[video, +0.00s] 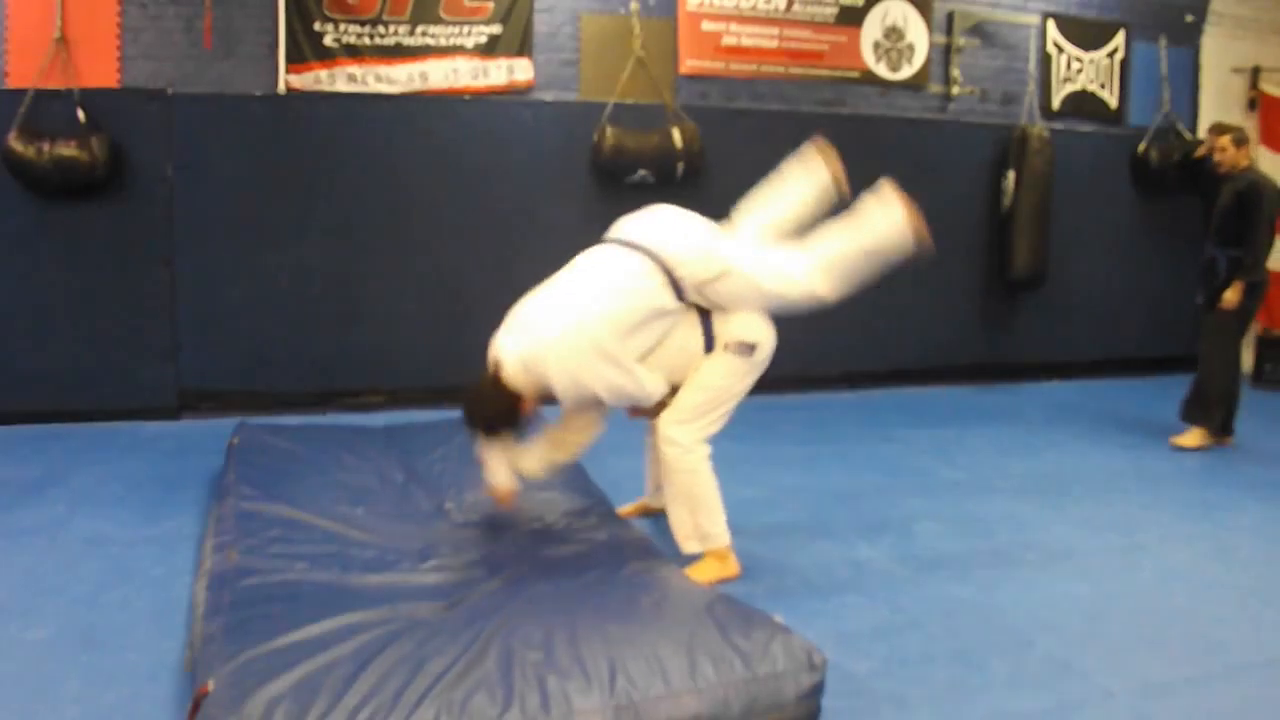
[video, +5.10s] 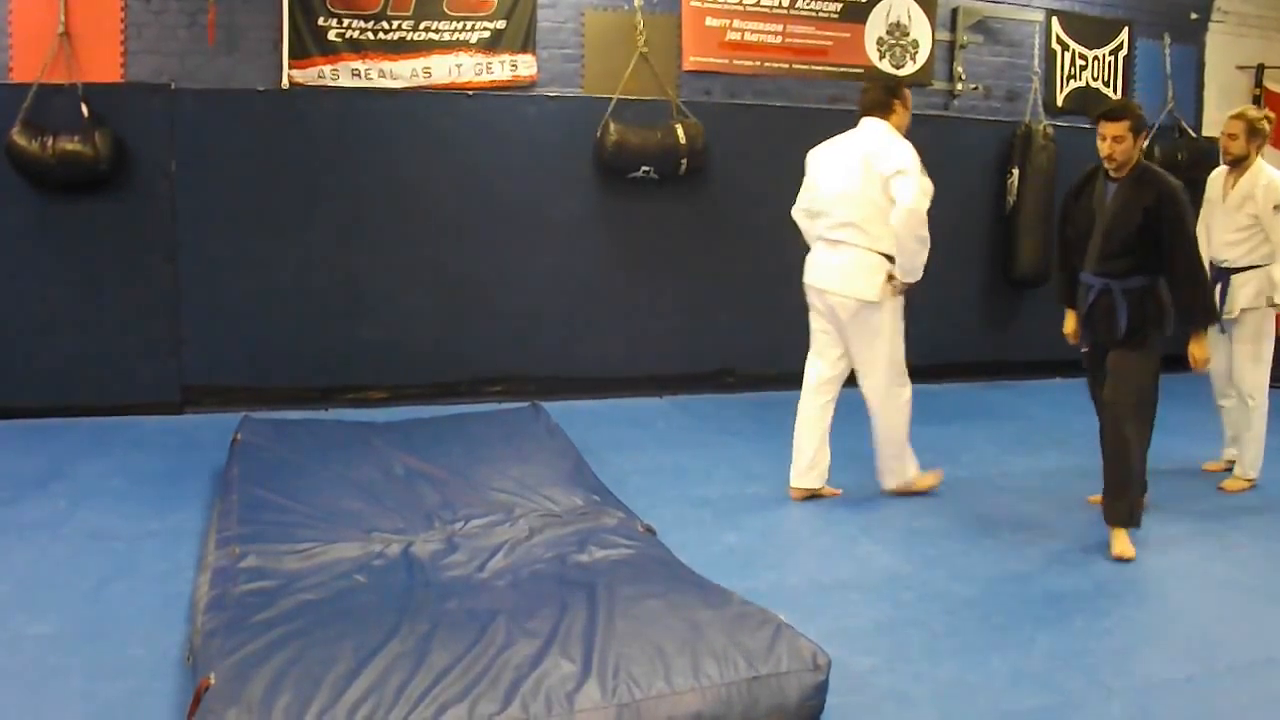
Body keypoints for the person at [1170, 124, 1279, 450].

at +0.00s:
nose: (1216, 158)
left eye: (1222, 151)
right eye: (1214, 152)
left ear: (1242, 150)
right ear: (1214, 152)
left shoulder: (1259, 187)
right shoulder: (1227, 182)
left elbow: (1258, 244)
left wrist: (1240, 283)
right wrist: (1199, 155)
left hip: (1239, 280)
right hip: (1220, 275)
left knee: (1217, 349)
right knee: (1221, 350)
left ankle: (1207, 424)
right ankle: (1220, 426)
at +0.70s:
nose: (1181, 152)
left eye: (1187, 145)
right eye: (1177, 146)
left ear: (1208, 146)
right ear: (1174, 148)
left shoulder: (1226, 187)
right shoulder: (1177, 177)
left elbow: (1225, 243)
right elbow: (1138, 172)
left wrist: (1208, 284)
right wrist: (1160, 152)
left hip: (1198, 278)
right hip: (1169, 273)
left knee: (1187, 351)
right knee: (1160, 346)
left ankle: (1179, 430)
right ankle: (1165, 421)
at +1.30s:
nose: (1121, 148)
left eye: (1127, 141)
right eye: (1118, 143)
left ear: (1147, 141)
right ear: (1116, 146)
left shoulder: (1174, 179)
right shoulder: (1119, 177)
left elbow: (1189, 232)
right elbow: (1079, 180)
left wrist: (1183, 275)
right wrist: (1104, 156)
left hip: (1160, 276)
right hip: (1122, 274)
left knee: (1165, 356)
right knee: (1115, 356)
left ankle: (1175, 432)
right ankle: (1101, 436)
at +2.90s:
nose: (1102, 141)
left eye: (1110, 133)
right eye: (1097, 134)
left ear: (1128, 137)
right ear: (1091, 139)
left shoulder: (1154, 183)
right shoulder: (1085, 179)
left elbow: (1170, 244)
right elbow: (1043, 204)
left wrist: (1164, 298)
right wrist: (1061, 168)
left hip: (1132, 292)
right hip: (1085, 288)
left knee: (1128, 376)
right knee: (1074, 379)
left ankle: (1123, 458)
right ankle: (1063, 471)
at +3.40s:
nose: (1073, 127)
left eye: (1082, 118)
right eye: (1068, 120)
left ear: (1104, 122)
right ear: (1064, 128)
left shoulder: (1134, 172)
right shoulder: (1056, 177)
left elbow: (1155, 238)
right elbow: (1034, 239)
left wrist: (1146, 292)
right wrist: (1031, 206)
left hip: (1119, 292)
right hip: (1068, 291)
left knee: (1125, 389)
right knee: (1061, 386)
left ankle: (1126, 481)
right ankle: (1057, 473)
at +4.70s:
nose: (1119, 131)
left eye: (1128, 123)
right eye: (1115, 123)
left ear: (1151, 125)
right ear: (1112, 126)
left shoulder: (1178, 175)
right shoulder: (1110, 176)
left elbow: (1190, 247)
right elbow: (1090, 239)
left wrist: (1179, 308)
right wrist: (1069, 235)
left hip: (1160, 299)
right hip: (1120, 296)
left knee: (1131, 387)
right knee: (1117, 388)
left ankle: (1131, 490)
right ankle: (1118, 481)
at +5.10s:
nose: (1110, 149)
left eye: (1119, 140)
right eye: (1104, 140)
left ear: (1140, 139)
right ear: (1096, 140)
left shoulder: (1163, 190)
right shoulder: (1086, 187)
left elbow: (1186, 262)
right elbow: (1071, 250)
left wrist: (1198, 330)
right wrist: (1071, 306)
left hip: (1140, 308)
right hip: (1093, 308)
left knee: (1124, 407)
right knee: (1106, 404)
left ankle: (1120, 519)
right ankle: (1126, 486)